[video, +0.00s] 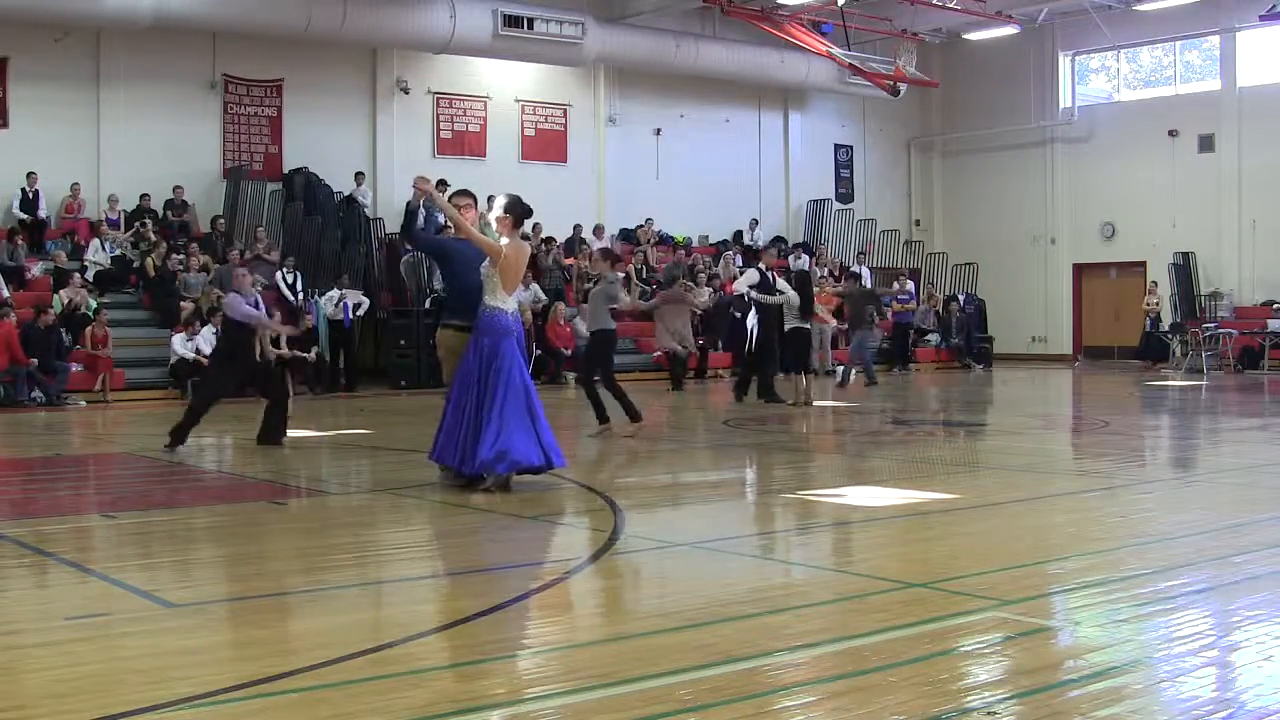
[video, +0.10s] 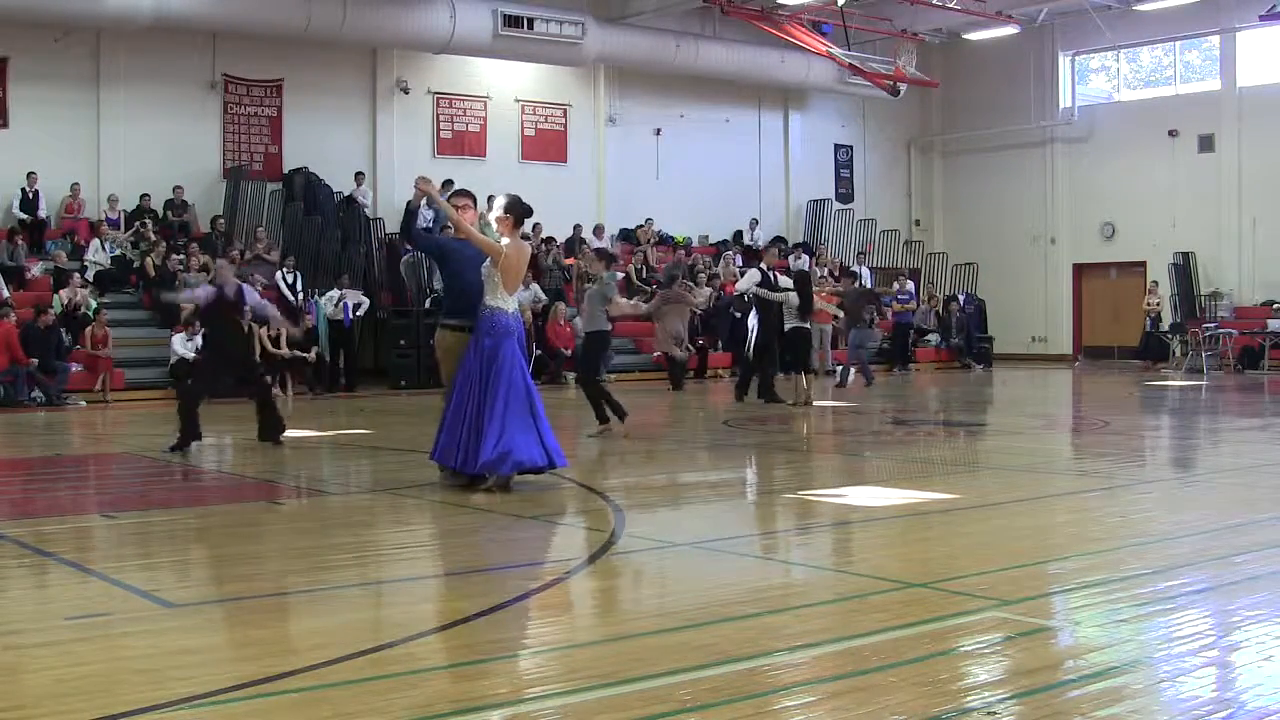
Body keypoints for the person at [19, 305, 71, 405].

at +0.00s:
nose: (53, 318)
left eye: (54, 315)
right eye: (51, 315)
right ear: (42, 316)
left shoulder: (54, 329)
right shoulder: (28, 328)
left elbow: (60, 348)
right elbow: (24, 346)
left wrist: (61, 359)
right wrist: (28, 359)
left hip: (50, 360)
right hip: (35, 360)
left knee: (64, 367)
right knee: (32, 371)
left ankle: (57, 394)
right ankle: (51, 394)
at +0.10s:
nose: (53, 318)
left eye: (53, 315)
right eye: (51, 315)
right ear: (42, 317)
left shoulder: (54, 329)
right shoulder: (28, 329)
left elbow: (60, 347)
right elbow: (24, 346)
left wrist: (60, 360)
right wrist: (28, 359)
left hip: (50, 360)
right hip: (34, 360)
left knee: (64, 367)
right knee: (31, 370)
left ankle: (56, 394)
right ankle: (52, 394)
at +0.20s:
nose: (53, 318)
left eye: (53, 315)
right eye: (51, 315)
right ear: (42, 317)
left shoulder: (54, 329)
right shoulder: (28, 328)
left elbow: (60, 347)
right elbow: (24, 346)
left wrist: (60, 360)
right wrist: (28, 359)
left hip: (50, 360)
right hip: (34, 360)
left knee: (64, 367)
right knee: (31, 370)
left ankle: (56, 394)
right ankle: (52, 394)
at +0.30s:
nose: (53, 318)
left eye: (53, 315)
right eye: (51, 315)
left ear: (44, 317)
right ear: (42, 317)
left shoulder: (54, 329)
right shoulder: (28, 329)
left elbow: (60, 347)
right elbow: (24, 346)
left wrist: (60, 360)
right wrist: (28, 359)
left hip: (50, 360)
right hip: (34, 360)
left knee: (64, 367)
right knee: (31, 370)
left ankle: (56, 394)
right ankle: (52, 394)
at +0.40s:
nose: (53, 318)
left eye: (53, 315)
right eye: (51, 315)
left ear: (44, 317)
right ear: (42, 317)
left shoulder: (54, 329)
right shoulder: (28, 328)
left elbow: (60, 347)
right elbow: (24, 346)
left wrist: (60, 360)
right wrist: (28, 359)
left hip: (50, 360)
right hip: (34, 360)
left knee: (64, 367)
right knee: (31, 370)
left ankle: (56, 394)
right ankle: (52, 394)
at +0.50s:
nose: (53, 318)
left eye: (54, 315)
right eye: (51, 315)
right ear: (42, 317)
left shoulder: (54, 329)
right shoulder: (28, 328)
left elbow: (60, 347)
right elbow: (23, 346)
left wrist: (60, 360)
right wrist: (28, 359)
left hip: (50, 360)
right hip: (34, 360)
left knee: (64, 367)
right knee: (31, 370)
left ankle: (56, 394)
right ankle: (52, 394)